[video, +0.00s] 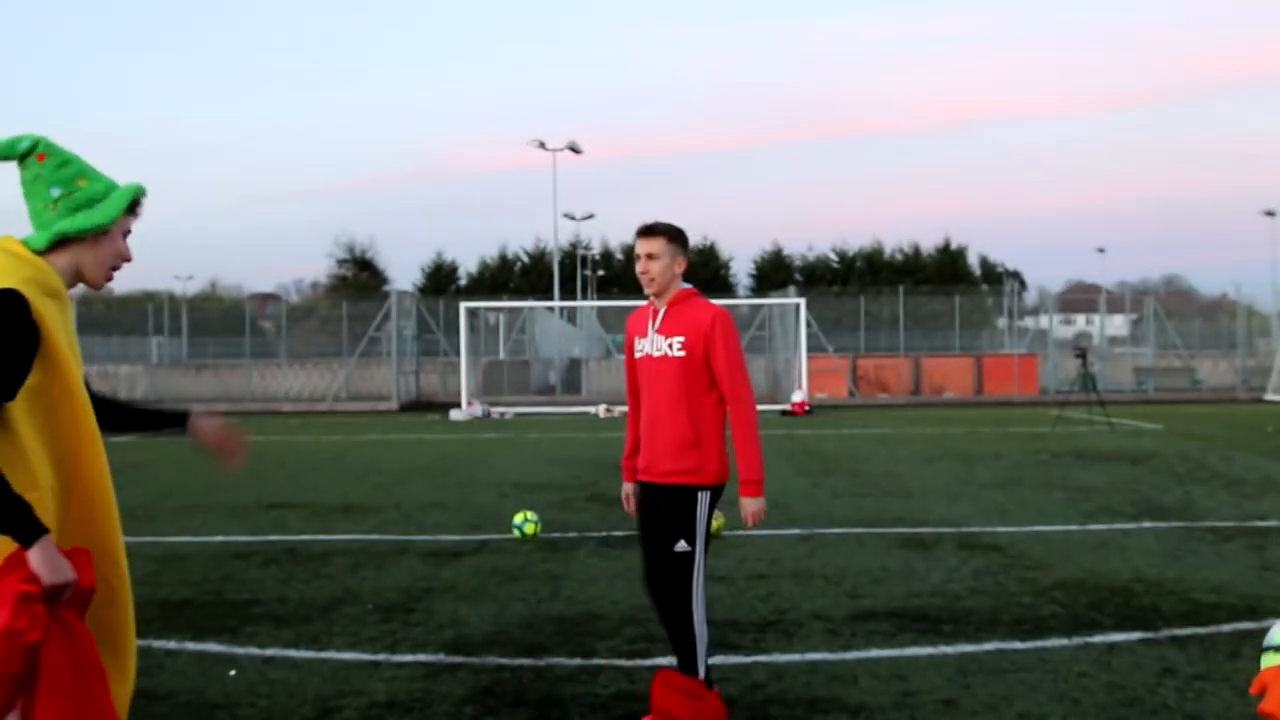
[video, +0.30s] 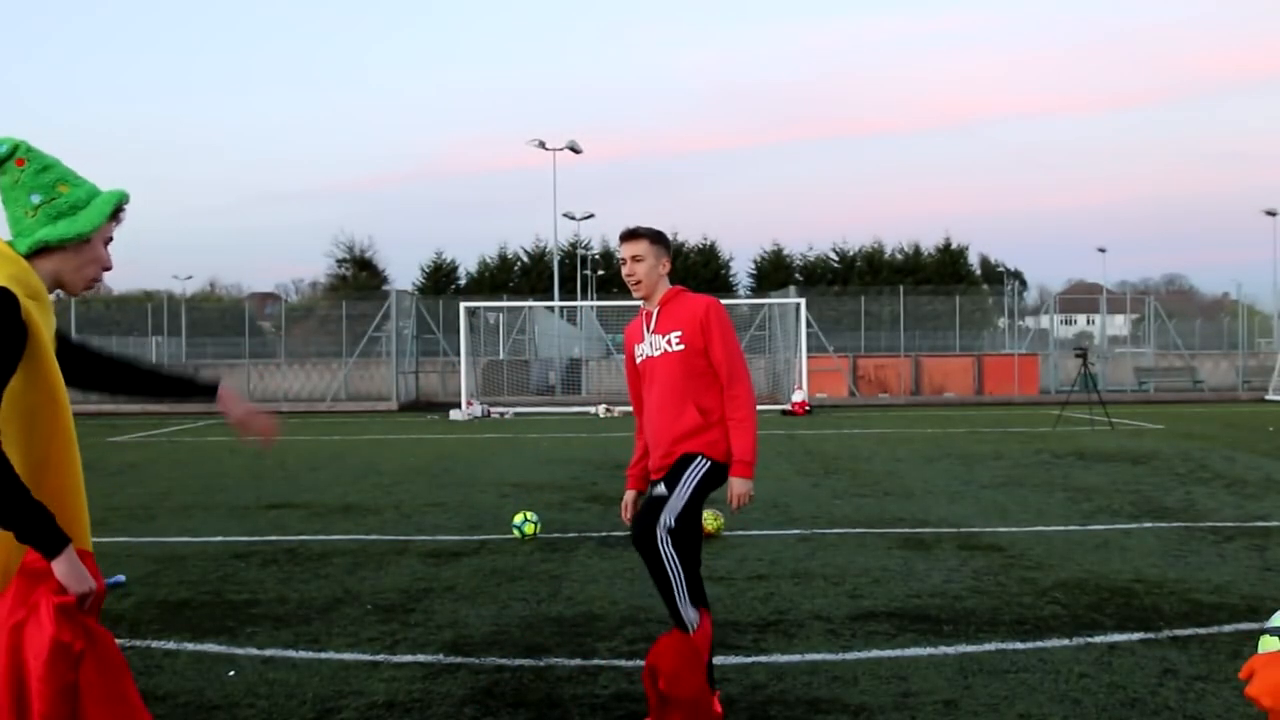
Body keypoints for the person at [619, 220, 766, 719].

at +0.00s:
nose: (643, 268)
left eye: (653, 258)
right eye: (638, 259)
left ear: (681, 263)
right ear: (635, 265)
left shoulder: (711, 319)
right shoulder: (638, 322)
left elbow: (741, 402)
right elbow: (635, 403)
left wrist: (751, 485)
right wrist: (629, 471)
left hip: (695, 475)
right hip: (653, 476)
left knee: (683, 588)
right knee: (659, 584)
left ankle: (698, 691)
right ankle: (693, 683)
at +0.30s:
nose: (628, 271)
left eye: (636, 261)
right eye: (623, 263)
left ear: (664, 263)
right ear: (624, 271)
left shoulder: (703, 310)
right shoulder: (635, 332)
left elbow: (738, 388)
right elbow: (644, 416)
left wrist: (743, 468)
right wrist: (637, 482)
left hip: (706, 449)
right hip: (666, 459)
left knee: (655, 527)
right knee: (684, 566)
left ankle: (693, 634)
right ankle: (702, 694)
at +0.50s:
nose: (631, 267)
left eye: (640, 258)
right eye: (627, 259)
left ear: (667, 262)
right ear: (627, 267)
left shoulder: (706, 310)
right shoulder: (633, 330)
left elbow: (741, 389)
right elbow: (640, 410)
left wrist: (744, 465)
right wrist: (639, 472)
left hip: (707, 438)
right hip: (663, 451)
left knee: (644, 503)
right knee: (681, 555)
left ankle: (719, 587)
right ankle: (701, 659)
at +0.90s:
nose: (651, 272)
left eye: (661, 263)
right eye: (646, 263)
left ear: (688, 265)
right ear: (642, 265)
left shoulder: (718, 316)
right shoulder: (641, 319)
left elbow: (755, 395)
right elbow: (637, 399)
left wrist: (767, 471)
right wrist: (623, 460)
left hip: (714, 438)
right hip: (671, 450)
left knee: (669, 503)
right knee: (682, 569)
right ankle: (702, 670)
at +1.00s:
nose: (653, 270)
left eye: (663, 261)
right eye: (648, 261)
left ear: (691, 263)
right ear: (645, 264)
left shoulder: (723, 315)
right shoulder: (643, 318)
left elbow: (760, 395)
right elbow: (633, 398)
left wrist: (769, 472)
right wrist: (617, 462)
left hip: (714, 450)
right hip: (669, 456)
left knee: (683, 549)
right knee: (679, 563)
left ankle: (739, 677)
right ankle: (702, 672)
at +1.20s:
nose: (674, 265)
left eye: (685, 256)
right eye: (671, 255)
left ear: (714, 264)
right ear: (667, 259)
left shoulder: (740, 327)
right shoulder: (652, 317)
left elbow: (765, 413)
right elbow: (629, 399)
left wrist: (776, 491)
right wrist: (604, 466)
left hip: (713, 484)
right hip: (663, 481)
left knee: (695, 601)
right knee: (659, 589)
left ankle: (710, 710)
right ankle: (704, 687)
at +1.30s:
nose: (685, 272)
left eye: (695, 263)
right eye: (682, 263)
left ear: (726, 267)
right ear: (679, 266)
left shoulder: (756, 338)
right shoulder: (673, 316)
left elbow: (773, 426)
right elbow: (655, 399)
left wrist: (776, 509)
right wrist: (630, 461)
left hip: (702, 492)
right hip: (651, 476)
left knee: (691, 604)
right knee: (588, 546)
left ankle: (708, 710)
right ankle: (636, 642)